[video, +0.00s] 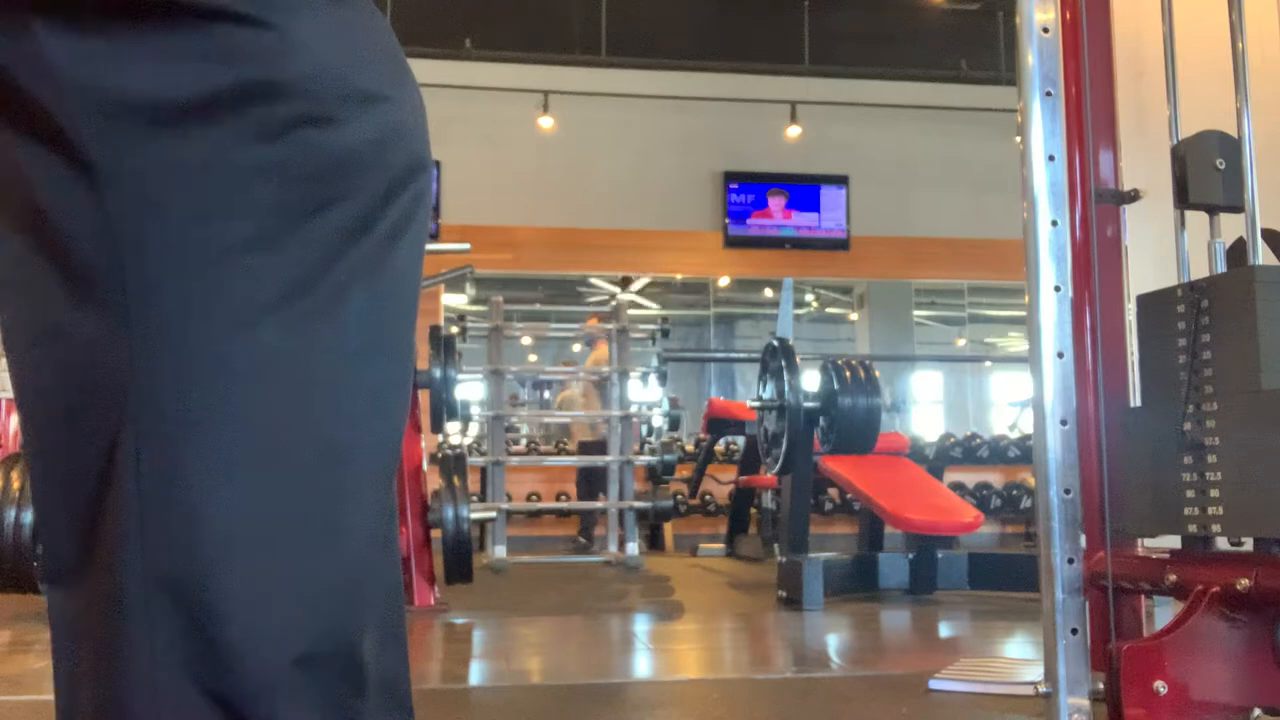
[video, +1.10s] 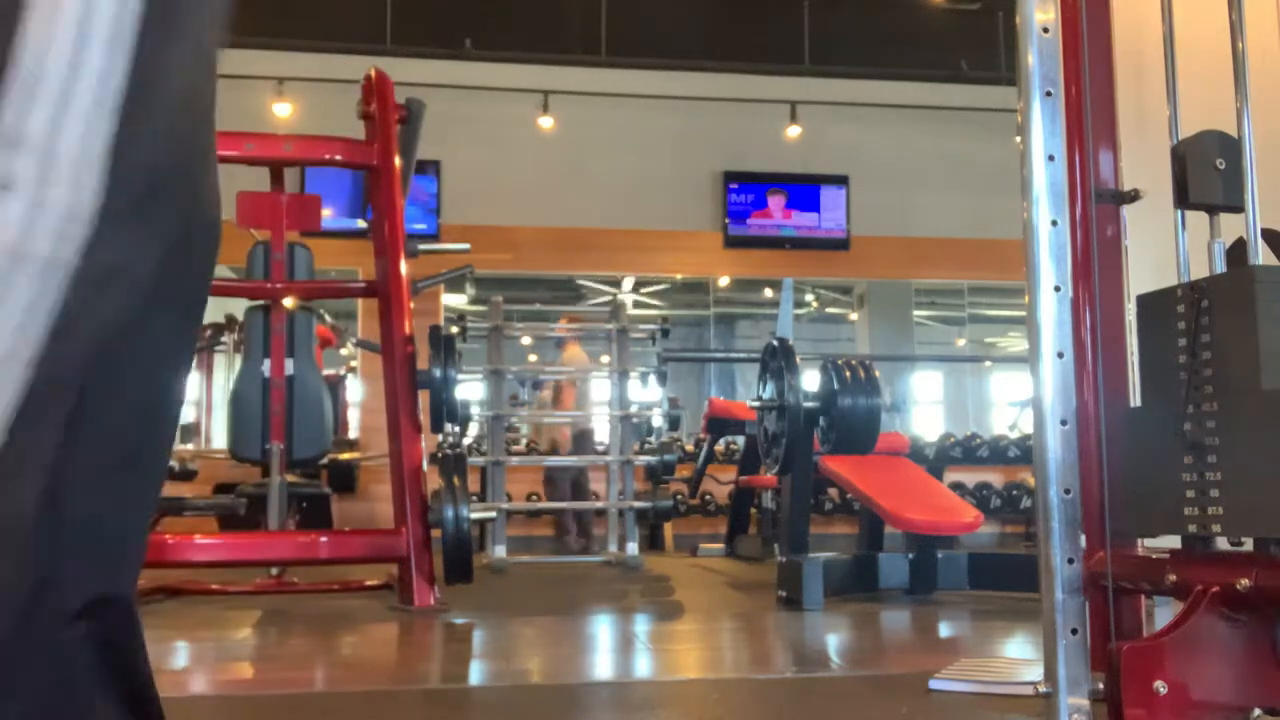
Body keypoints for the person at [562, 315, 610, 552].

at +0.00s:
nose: (586, 336)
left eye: (588, 331)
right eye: (586, 331)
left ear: (596, 332)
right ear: (601, 332)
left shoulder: (598, 356)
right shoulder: (604, 354)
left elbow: (588, 392)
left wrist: (597, 425)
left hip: (593, 434)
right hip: (598, 433)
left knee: (586, 487)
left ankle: (585, 534)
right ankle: (585, 532)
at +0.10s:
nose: (577, 333)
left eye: (581, 328)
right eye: (577, 328)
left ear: (593, 331)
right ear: (586, 331)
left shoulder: (597, 355)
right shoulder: (588, 355)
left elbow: (599, 390)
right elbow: (587, 392)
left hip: (592, 432)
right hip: (584, 431)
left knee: (589, 487)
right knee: (585, 486)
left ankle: (586, 534)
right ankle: (584, 533)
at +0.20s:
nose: (574, 335)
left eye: (577, 331)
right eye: (574, 331)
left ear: (587, 333)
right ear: (585, 334)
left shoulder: (592, 356)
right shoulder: (587, 356)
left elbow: (597, 386)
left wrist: (569, 390)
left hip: (589, 430)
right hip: (584, 429)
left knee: (585, 482)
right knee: (585, 482)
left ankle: (586, 534)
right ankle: (585, 532)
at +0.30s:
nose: (573, 335)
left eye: (576, 331)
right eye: (574, 331)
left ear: (585, 334)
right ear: (586, 335)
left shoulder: (587, 357)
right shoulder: (588, 356)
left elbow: (592, 392)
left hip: (586, 434)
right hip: (585, 433)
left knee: (582, 483)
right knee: (585, 484)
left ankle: (586, 535)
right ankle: (585, 533)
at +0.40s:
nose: (571, 335)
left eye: (575, 331)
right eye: (572, 331)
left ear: (584, 334)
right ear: (585, 334)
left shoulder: (586, 357)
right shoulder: (584, 357)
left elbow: (589, 398)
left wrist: (580, 427)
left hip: (586, 431)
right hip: (585, 431)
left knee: (575, 479)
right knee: (579, 480)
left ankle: (585, 534)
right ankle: (583, 533)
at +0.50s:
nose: (570, 334)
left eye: (573, 329)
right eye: (571, 329)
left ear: (582, 332)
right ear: (583, 333)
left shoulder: (585, 358)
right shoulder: (582, 357)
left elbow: (570, 394)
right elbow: (569, 393)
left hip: (581, 432)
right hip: (576, 432)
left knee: (573, 481)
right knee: (577, 483)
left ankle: (602, 524)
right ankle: (584, 533)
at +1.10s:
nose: (555, 332)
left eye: (560, 328)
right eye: (557, 327)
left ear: (570, 331)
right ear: (574, 332)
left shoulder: (569, 357)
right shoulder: (579, 356)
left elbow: (568, 397)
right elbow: (576, 396)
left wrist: (564, 429)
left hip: (568, 430)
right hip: (580, 429)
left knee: (557, 482)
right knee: (579, 483)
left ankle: (566, 536)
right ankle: (584, 535)